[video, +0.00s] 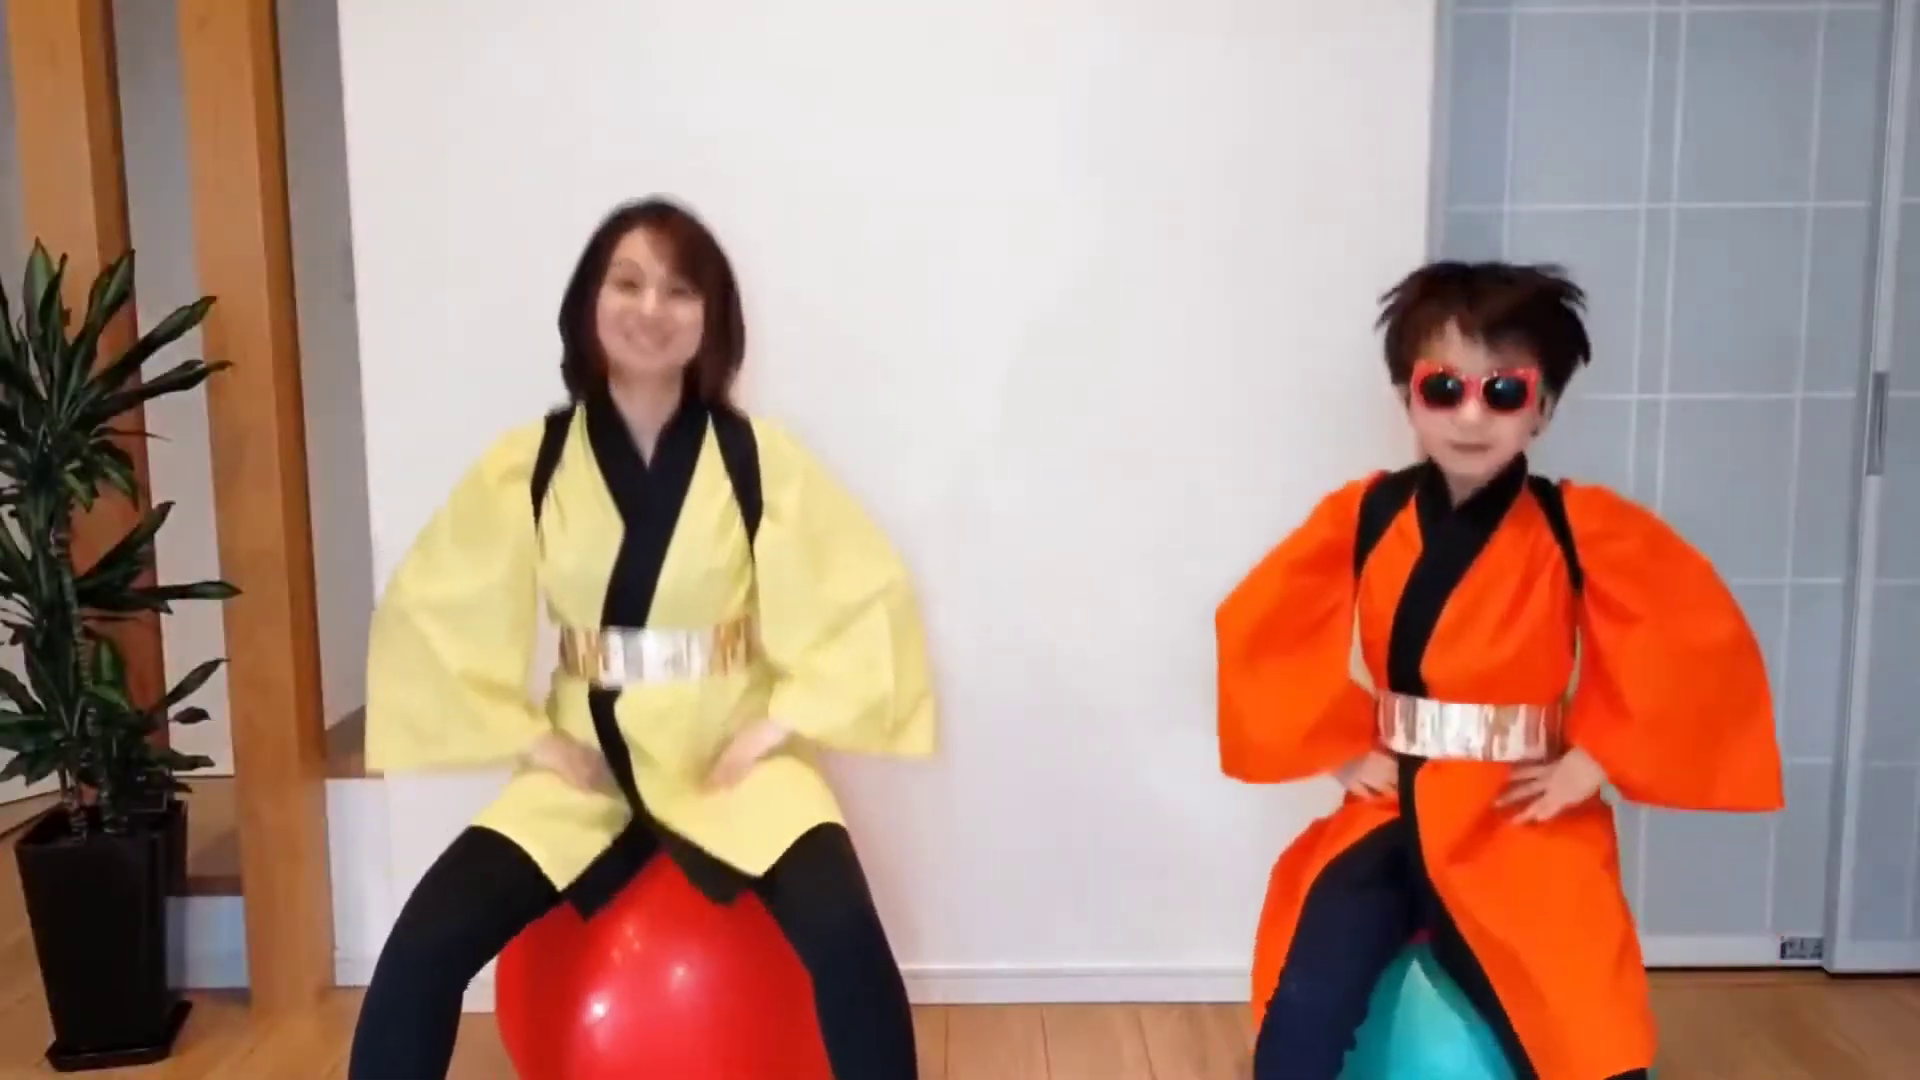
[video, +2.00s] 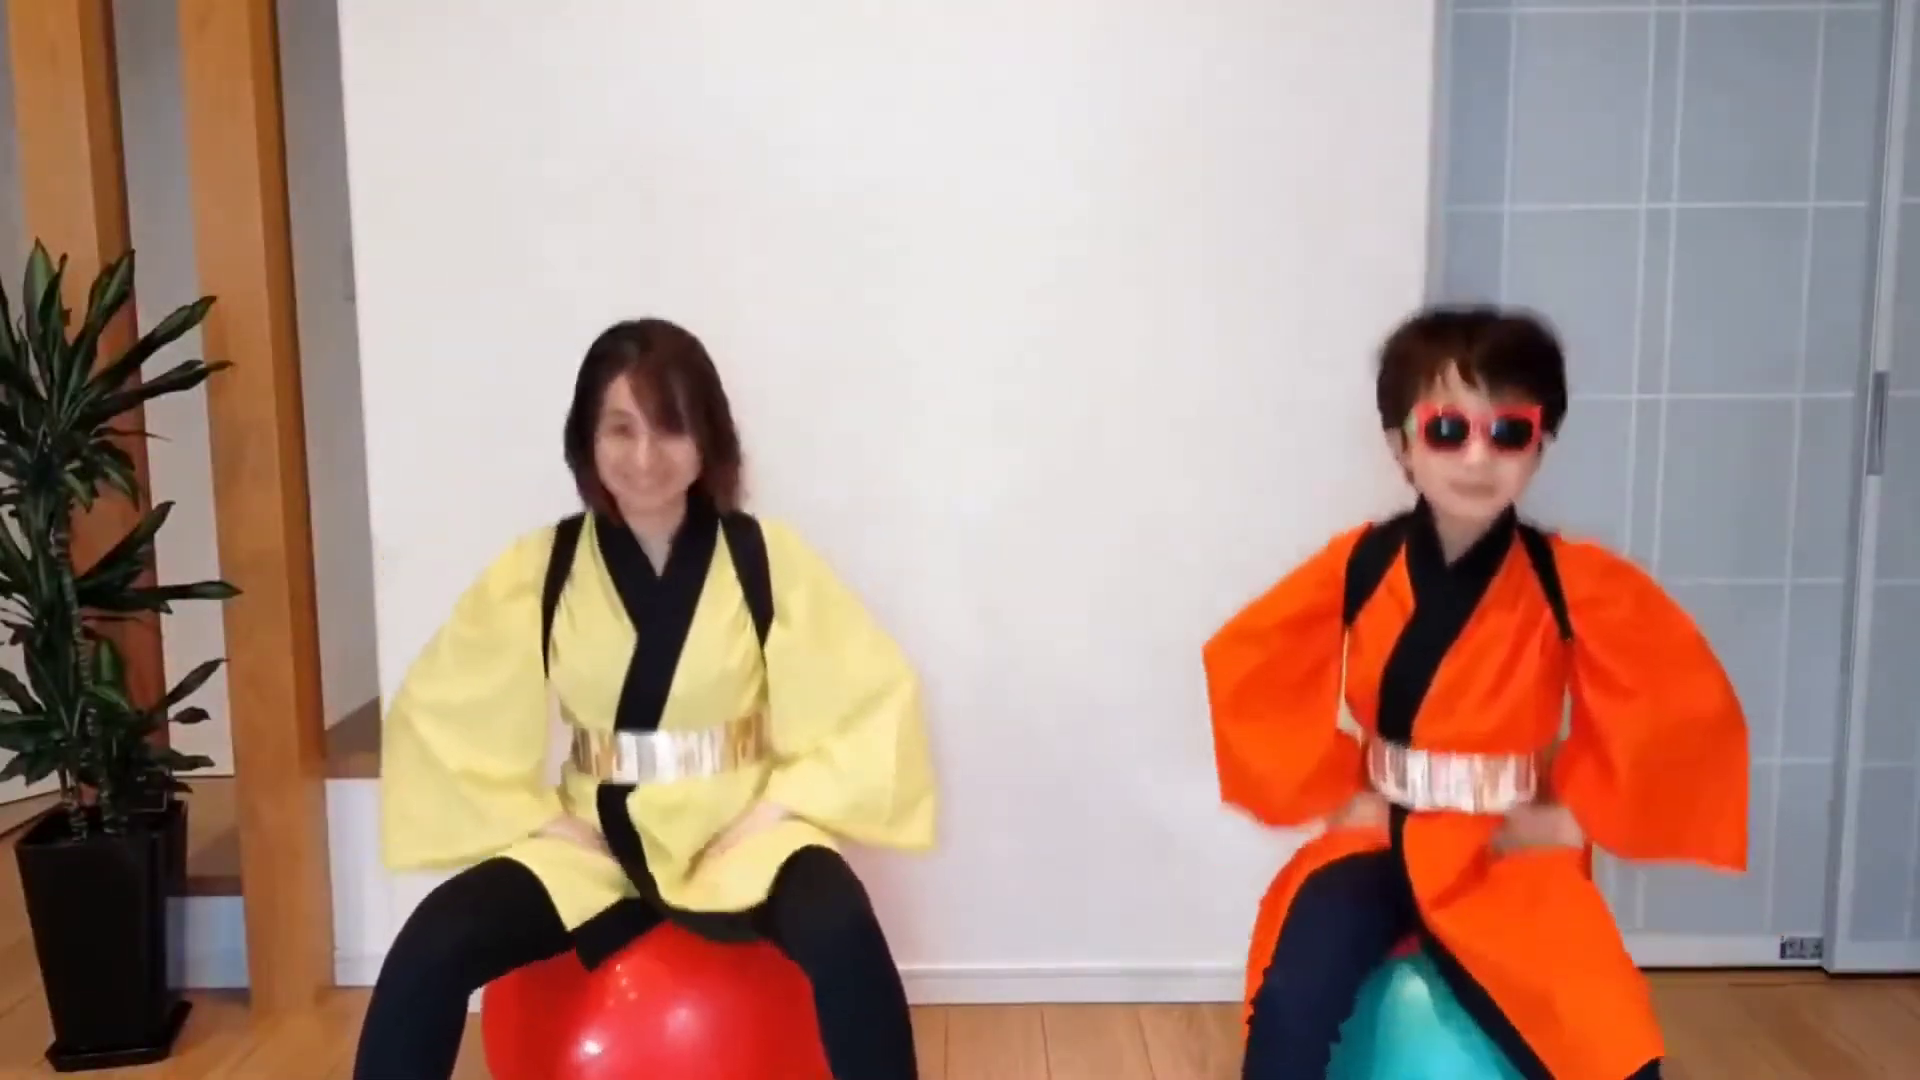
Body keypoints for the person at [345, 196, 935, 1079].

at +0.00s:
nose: (648, 309)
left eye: (677, 290)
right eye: (625, 283)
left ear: (711, 317)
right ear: (589, 303)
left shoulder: (758, 460)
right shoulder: (531, 461)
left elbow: (871, 604)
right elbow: (424, 615)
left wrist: (772, 724)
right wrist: (535, 738)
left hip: (741, 763)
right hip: (585, 767)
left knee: (847, 936)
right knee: (422, 946)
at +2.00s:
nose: (644, 454)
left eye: (669, 428)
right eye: (618, 430)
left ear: (705, 438)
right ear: (587, 442)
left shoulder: (764, 559)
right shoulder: (543, 566)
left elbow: (877, 699)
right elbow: (434, 708)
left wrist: (779, 808)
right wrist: (535, 815)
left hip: (740, 844)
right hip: (591, 850)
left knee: (836, 913)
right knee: (438, 935)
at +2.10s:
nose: (639, 411)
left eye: (663, 386)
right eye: (615, 390)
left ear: (701, 394)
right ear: (584, 405)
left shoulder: (763, 528)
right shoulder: (541, 535)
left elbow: (867, 680)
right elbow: (438, 686)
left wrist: (774, 789)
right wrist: (544, 798)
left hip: (741, 824)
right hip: (588, 828)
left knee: (839, 917)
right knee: (439, 933)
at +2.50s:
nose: (648, 392)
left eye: (675, 369)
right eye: (622, 370)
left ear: (716, 393)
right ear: (590, 394)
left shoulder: (774, 526)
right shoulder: (543, 534)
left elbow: (880, 660)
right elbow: (434, 684)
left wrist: (778, 772)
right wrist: (543, 791)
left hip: (748, 814)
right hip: (592, 824)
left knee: (848, 921)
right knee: (441, 941)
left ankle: (888, 1073)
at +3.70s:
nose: (656, 427)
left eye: (682, 407)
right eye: (631, 403)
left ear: (713, 429)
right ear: (595, 421)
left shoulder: (766, 557)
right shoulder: (547, 567)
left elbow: (883, 690)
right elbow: (443, 721)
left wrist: (791, 819)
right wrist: (562, 842)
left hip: (746, 848)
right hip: (592, 856)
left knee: (845, 918)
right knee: (444, 943)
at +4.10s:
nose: (664, 339)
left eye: (692, 320)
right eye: (641, 310)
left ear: (724, 342)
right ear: (596, 325)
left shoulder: (767, 467)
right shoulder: (530, 476)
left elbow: (878, 599)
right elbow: (433, 624)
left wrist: (781, 725)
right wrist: (539, 735)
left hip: (750, 764)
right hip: (589, 770)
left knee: (856, 929)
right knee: (434, 946)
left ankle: (886, 1070)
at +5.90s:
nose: (633, 398)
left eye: (654, 370)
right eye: (602, 381)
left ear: (686, 382)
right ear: (565, 408)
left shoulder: (756, 499)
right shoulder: (550, 541)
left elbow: (906, 562)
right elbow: (563, 679)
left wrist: (899, 680)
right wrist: (529, 721)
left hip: (782, 816)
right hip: (641, 836)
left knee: (874, 953)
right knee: (496, 942)